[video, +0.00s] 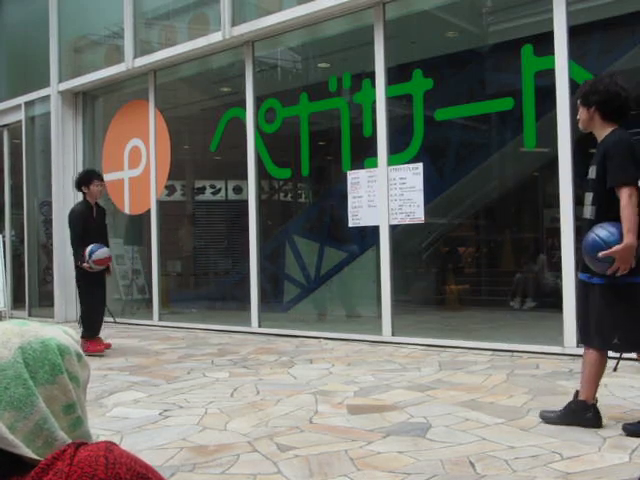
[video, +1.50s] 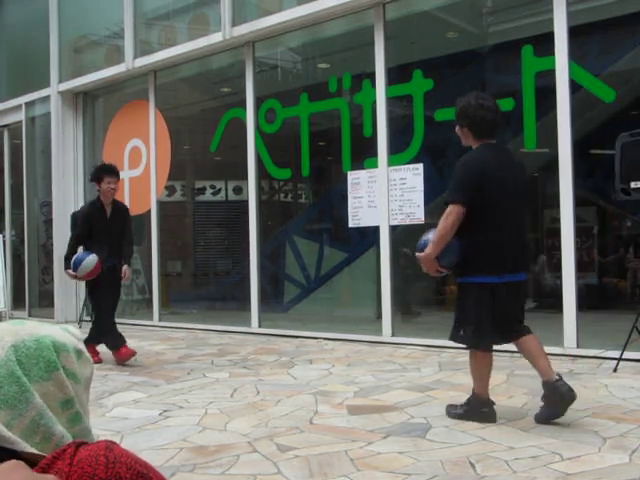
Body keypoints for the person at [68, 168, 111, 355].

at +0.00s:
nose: (101, 189)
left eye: (102, 185)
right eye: (97, 185)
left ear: (101, 187)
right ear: (85, 188)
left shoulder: (100, 211)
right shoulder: (78, 211)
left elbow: (104, 237)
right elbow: (75, 239)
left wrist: (107, 260)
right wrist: (80, 260)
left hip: (99, 262)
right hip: (84, 263)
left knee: (100, 300)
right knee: (89, 300)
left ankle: (94, 336)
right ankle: (87, 338)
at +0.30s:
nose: (90, 186)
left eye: (92, 182)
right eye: (85, 183)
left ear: (94, 185)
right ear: (75, 186)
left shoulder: (96, 208)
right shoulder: (69, 211)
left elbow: (104, 234)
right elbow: (74, 240)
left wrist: (109, 252)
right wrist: (91, 257)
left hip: (96, 261)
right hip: (78, 262)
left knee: (103, 299)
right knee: (77, 301)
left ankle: (95, 334)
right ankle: (70, 337)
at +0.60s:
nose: (86, 186)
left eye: (89, 182)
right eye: (82, 182)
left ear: (92, 185)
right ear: (73, 185)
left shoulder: (95, 208)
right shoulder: (66, 209)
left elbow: (100, 235)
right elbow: (61, 239)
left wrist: (103, 253)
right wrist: (71, 258)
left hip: (93, 265)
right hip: (73, 267)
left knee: (104, 304)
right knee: (75, 307)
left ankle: (100, 340)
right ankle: (73, 345)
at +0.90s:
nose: (95, 187)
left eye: (98, 184)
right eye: (91, 183)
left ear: (102, 186)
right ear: (83, 185)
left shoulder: (105, 211)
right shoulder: (72, 209)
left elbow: (107, 240)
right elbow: (56, 237)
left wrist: (104, 263)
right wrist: (49, 260)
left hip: (94, 268)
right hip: (73, 268)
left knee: (93, 306)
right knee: (72, 307)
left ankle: (89, 343)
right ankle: (71, 345)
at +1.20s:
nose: (100, 185)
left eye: (103, 181)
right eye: (96, 181)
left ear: (108, 184)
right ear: (87, 183)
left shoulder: (112, 210)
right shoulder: (77, 208)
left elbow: (119, 240)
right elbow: (61, 234)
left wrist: (120, 267)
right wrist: (51, 258)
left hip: (104, 266)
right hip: (81, 266)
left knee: (102, 306)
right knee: (82, 305)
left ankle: (90, 344)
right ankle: (72, 344)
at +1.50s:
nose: (112, 187)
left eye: (115, 183)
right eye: (108, 183)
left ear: (118, 186)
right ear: (98, 186)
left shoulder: (122, 211)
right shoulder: (86, 213)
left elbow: (128, 240)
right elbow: (76, 240)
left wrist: (126, 262)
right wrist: (68, 264)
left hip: (115, 264)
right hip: (93, 265)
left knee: (109, 306)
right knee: (101, 307)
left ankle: (90, 343)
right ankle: (118, 346)